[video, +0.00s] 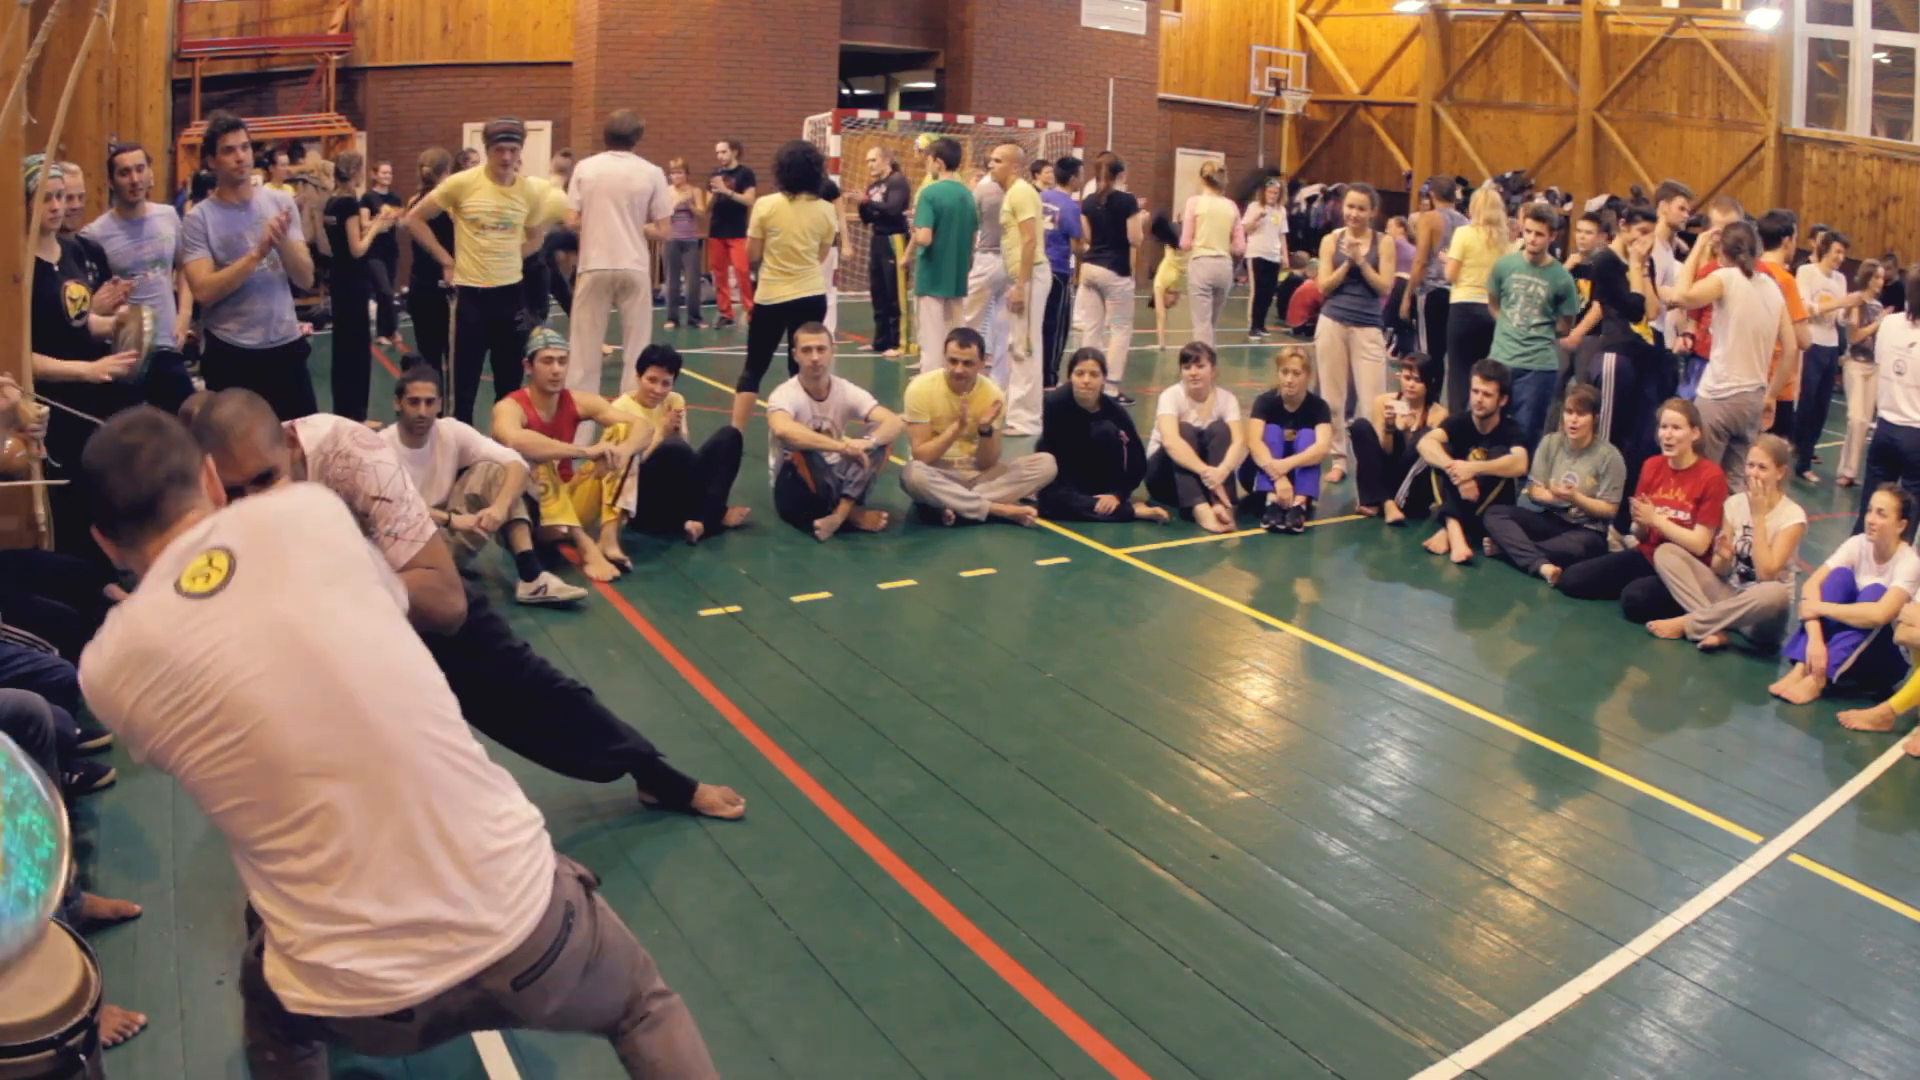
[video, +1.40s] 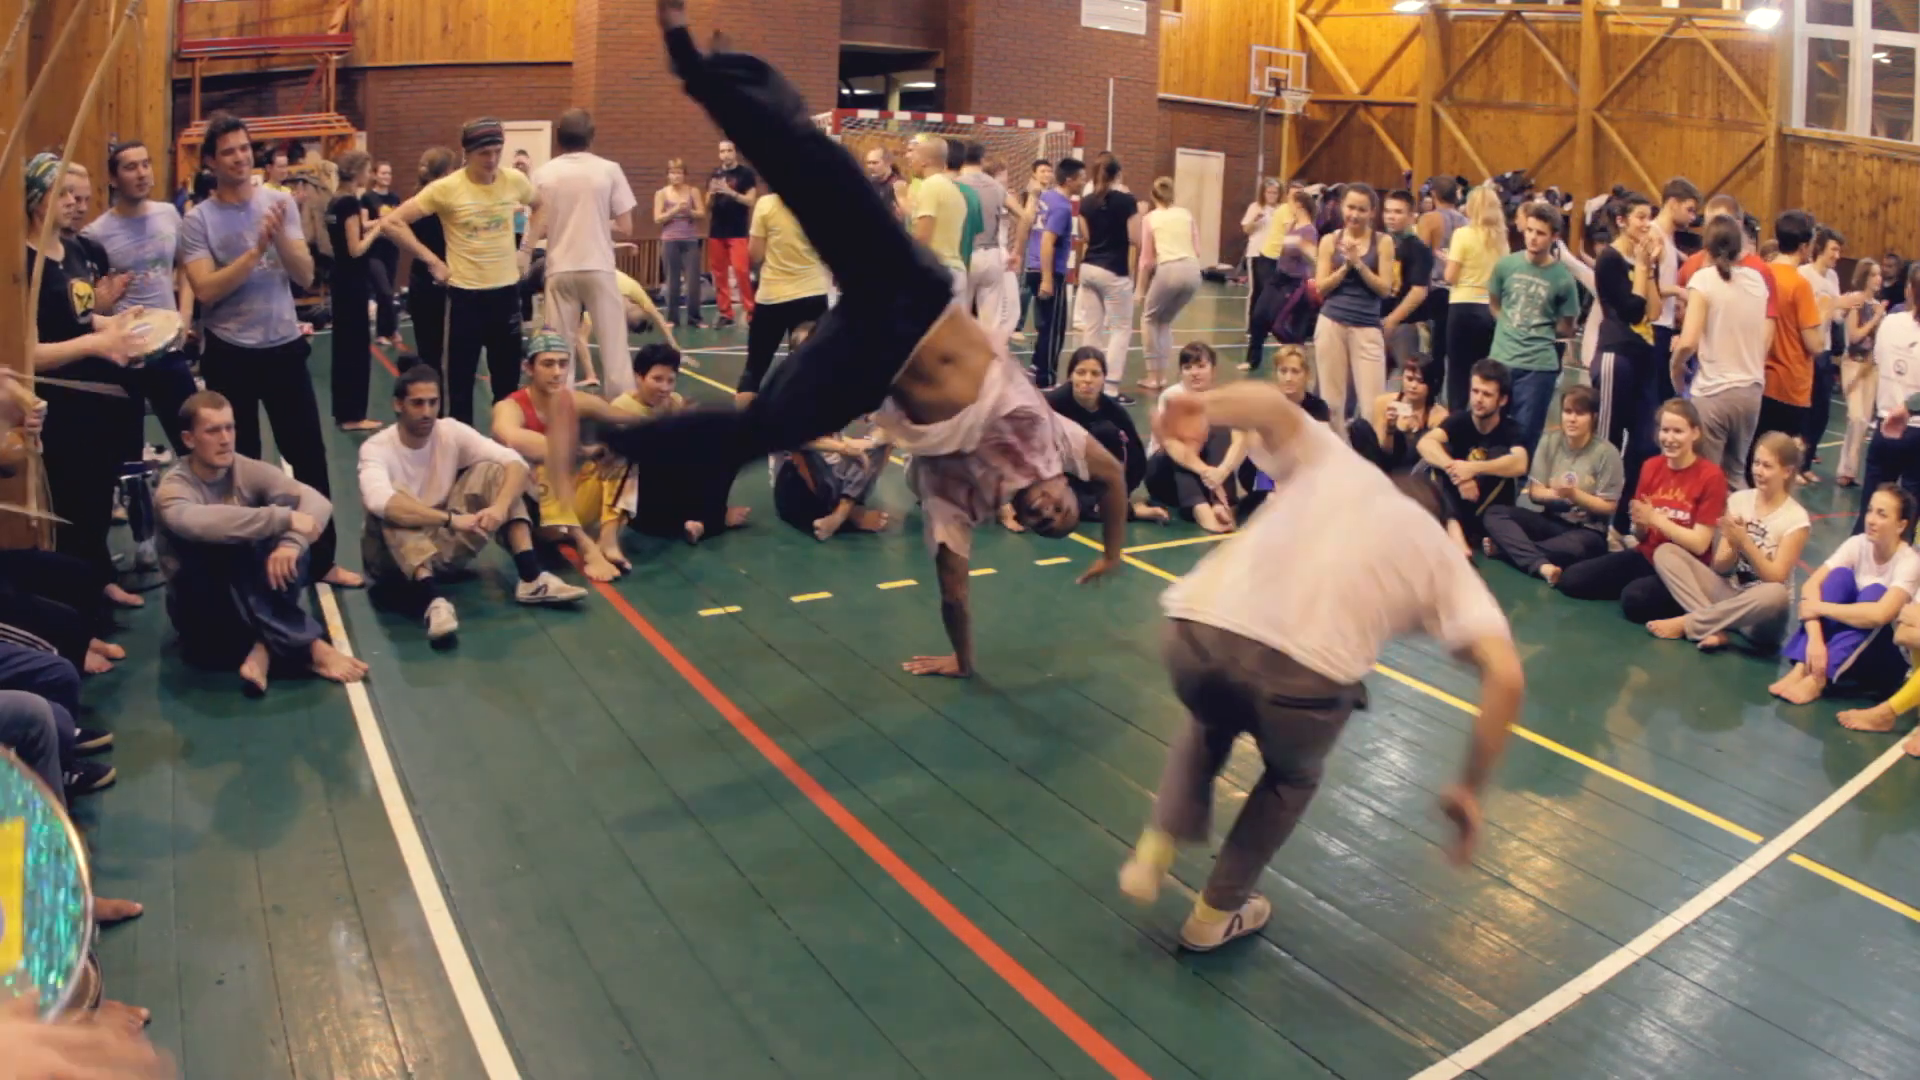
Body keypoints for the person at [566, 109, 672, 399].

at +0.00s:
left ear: (606, 136)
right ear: (637, 139)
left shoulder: (585, 168)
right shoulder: (652, 173)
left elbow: (572, 219)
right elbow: (663, 231)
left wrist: (598, 225)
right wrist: (635, 225)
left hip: (594, 266)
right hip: (635, 266)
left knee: (585, 345)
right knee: (637, 346)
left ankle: (580, 420)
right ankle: (631, 421)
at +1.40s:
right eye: (592, 134)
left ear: (559, 137)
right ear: (591, 137)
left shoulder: (543, 173)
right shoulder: (609, 170)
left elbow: (536, 230)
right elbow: (625, 227)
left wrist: (562, 225)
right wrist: (597, 226)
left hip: (559, 269)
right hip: (598, 267)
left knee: (559, 347)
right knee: (613, 345)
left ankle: (560, 414)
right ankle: (622, 413)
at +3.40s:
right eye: (629, 130)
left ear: (595, 134)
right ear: (629, 134)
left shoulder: (578, 172)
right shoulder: (647, 171)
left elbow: (572, 229)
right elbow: (661, 228)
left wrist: (598, 226)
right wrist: (631, 227)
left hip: (596, 271)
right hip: (636, 270)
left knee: (585, 354)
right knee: (636, 353)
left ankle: (579, 434)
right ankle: (632, 429)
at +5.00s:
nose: (603, 134)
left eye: (601, 128)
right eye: (599, 129)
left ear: (567, 140)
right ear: (590, 135)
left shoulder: (553, 174)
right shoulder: (609, 164)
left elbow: (550, 231)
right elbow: (624, 217)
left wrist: (573, 236)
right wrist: (612, 240)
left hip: (568, 264)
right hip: (603, 261)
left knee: (570, 341)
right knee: (620, 339)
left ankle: (568, 402)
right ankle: (619, 405)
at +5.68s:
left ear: (611, 135)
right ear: (644, 136)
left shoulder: (594, 170)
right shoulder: (661, 172)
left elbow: (582, 224)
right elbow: (670, 229)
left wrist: (609, 217)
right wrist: (643, 221)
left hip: (602, 270)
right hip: (643, 270)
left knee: (592, 354)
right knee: (643, 355)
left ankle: (584, 437)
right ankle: (639, 435)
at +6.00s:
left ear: (622, 133)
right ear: (656, 135)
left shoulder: (604, 167)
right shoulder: (670, 173)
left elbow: (590, 220)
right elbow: (678, 230)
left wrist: (617, 210)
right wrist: (652, 220)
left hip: (608, 268)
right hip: (649, 269)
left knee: (605, 351)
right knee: (647, 354)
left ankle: (600, 430)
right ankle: (639, 430)